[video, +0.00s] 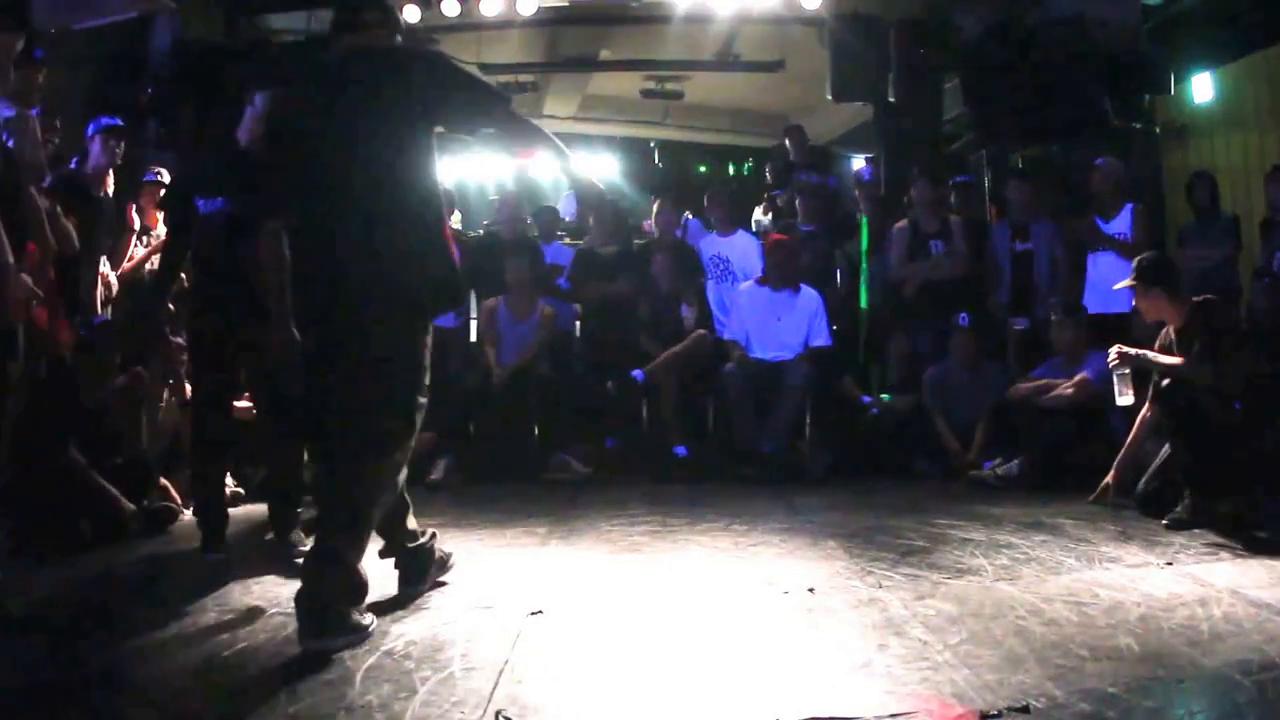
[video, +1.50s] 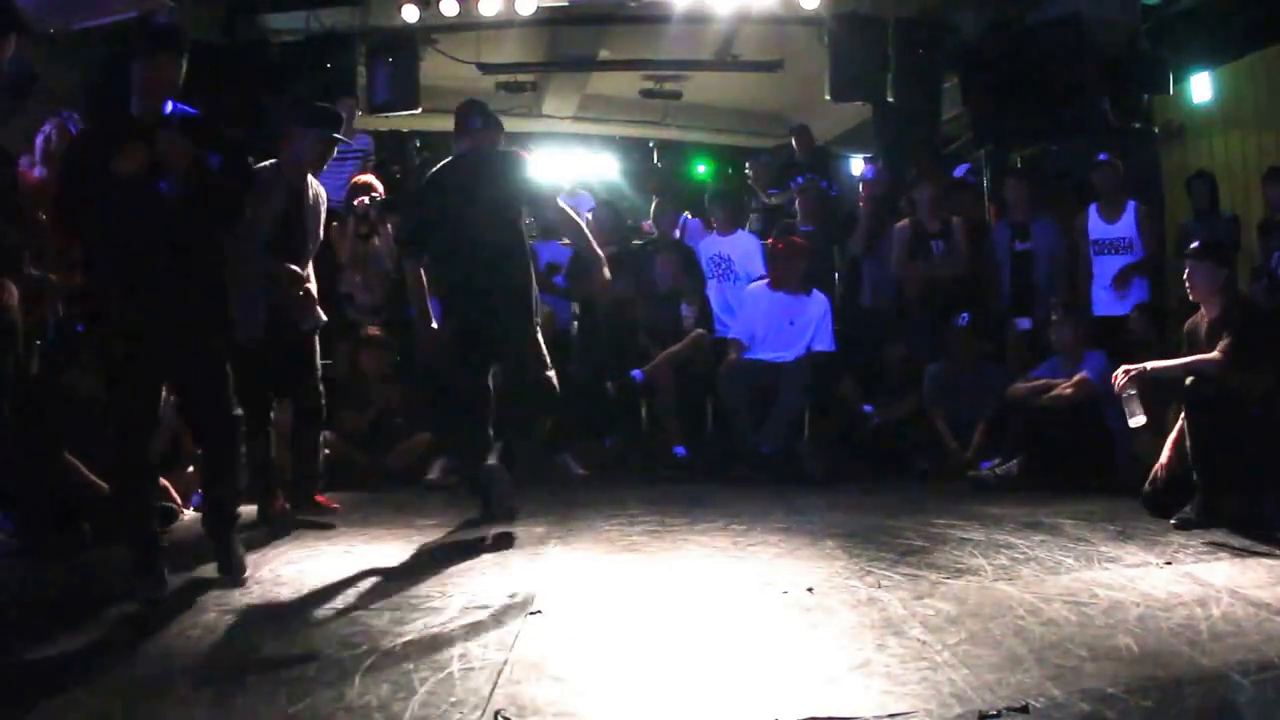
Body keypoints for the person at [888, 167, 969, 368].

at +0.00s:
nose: (922, 195)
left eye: (927, 189)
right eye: (917, 189)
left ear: (937, 193)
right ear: (911, 194)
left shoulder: (954, 224)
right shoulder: (902, 230)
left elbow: (961, 264)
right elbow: (896, 271)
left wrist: (920, 277)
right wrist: (937, 264)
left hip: (950, 299)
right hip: (916, 302)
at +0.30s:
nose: (925, 201)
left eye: (929, 195)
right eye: (920, 195)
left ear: (937, 197)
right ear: (911, 200)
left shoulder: (953, 224)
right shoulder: (902, 230)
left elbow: (962, 263)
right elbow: (897, 269)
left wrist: (923, 275)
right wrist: (935, 265)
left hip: (952, 298)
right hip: (918, 301)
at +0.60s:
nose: (924, 202)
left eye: (927, 196)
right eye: (919, 197)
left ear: (936, 198)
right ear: (910, 201)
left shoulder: (954, 224)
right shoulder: (902, 230)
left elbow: (961, 263)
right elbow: (896, 269)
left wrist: (923, 274)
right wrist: (936, 265)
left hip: (952, 296)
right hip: (919, 300)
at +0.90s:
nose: (925, 201)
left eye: (929, 195)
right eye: (920, 196)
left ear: (937, 197)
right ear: (911, 199)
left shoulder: (954, 224)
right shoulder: (902, 230)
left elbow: (961, 263)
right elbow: (898, 269)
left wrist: (922, 274)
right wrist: (936, 265)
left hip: (953, 298)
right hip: (919, 302)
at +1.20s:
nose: (929, 200)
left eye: (933, 195)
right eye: (923, 194)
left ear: (940, 196)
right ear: (914, 197)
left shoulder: (955, 225)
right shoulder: (903, 229)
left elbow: (962, 263)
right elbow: (898, 269)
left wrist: (922, 275)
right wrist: (939, 264)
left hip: (951, 299)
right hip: (918, 303)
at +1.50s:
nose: (929, 201)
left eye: (932, 195)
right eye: (923, 195)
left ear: (939, 197)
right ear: (914, 198)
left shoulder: (955, 225)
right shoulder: (903, 229)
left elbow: (961, 264)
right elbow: (898, 267)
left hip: (950, 295)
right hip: (917, 298)